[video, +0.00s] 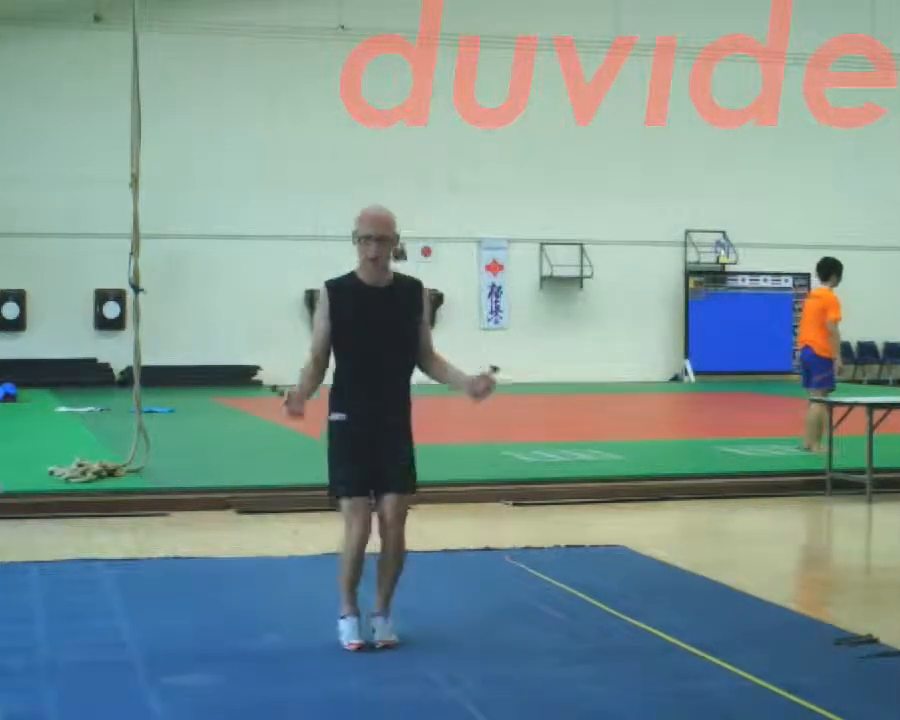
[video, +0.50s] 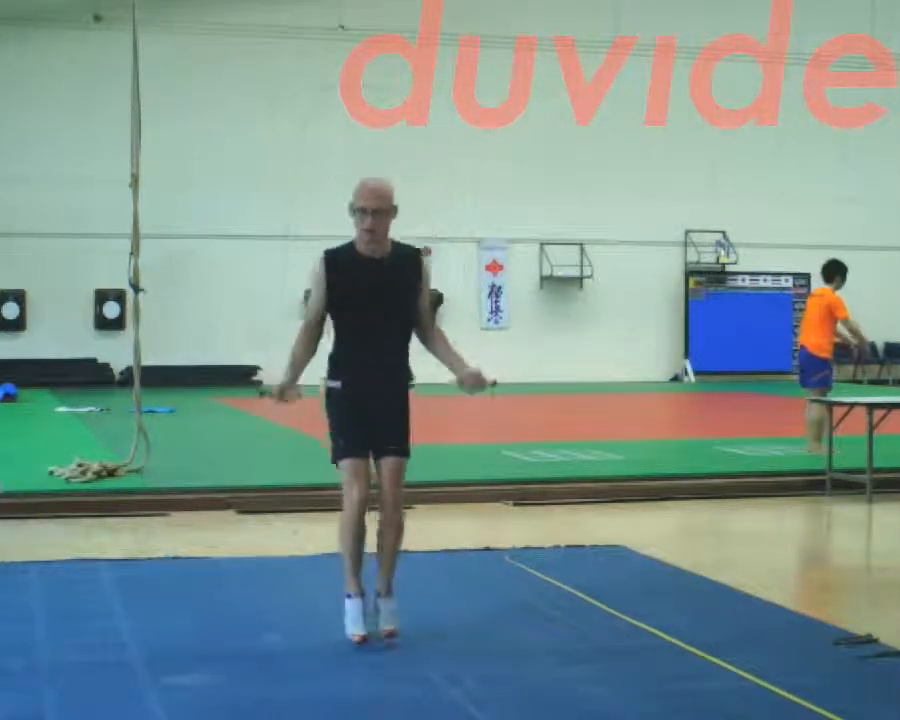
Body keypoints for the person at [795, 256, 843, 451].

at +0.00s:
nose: (840, 279)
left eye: (839, 275)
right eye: (839, 275)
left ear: (819, 275)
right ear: (835, 276)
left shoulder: (812, 296)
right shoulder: (829, 298)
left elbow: (805, 325)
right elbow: (832, 326)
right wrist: (837, 355)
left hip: (806, 349)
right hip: (820, 351)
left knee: (816, 398)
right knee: (818, 399)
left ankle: (811, 441)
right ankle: (812, 443)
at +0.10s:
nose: (840, 279)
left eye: (839, 275)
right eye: (840, 275)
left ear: (820, 275)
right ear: (836, 276)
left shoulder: (812, 297)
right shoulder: (831, 299)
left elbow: (804, 327)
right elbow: (833, 329)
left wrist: (801, 351)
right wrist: (837, 357)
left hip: (806, 350)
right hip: (820, 351)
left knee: (821, 398)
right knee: (817, 398)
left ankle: (817, 442)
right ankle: (813, 444)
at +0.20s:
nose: (840, 279)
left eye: (840, 275)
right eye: (840, 275)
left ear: (821, 275)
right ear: (836, 276)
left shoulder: (812, 297)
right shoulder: (831, 299)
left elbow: (805, 326)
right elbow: (836, 328)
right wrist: (843, 355)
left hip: (806, 349)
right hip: (821, 351)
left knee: (820, 397)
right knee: (817, 398)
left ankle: (817, 442)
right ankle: (813, 444)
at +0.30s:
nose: (840, 280)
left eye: (840, 276)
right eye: (840, 276)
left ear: (821, 275)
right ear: (836, 276)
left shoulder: (813, 296)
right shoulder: (831, 298)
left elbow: (816, 329)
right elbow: (842, 324)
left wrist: (835, 344)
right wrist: (857, 342)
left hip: (806, 347)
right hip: (820, 349)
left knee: (817, 397)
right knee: (818, 397)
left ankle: (814, 443)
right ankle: (814, 444)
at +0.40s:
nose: (841, 281)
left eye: (841, 277)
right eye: (840, 277)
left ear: (822, 276)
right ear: (836, 277)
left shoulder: (813, 296)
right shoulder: (831, 298)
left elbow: (831, 331)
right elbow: (847, 323)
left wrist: (852, 343)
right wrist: (862, 338)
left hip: (807, 348)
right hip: (819, 351)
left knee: (813, 397)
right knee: (819, 398)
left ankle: (812, 443)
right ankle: (815, 444)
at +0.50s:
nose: (843, 282)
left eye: (844, 278)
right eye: (843, 278)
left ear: (825, 276)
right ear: (838, 277)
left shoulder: (815, 296)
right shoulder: (832, 298)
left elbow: (829, 328)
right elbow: (848, 324)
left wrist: (849, 342)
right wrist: (863, 339)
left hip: (807, 348)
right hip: (819, 351)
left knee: (814, 397)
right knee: (819, 398)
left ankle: (813, 443)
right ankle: (815, 444)